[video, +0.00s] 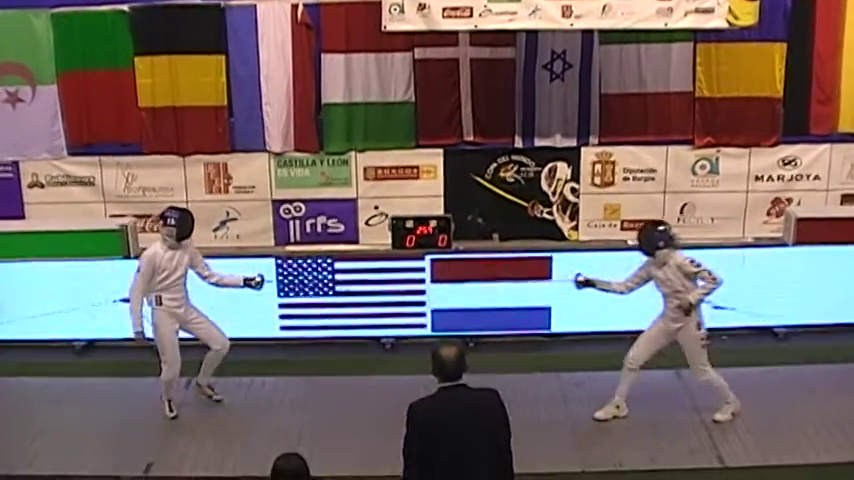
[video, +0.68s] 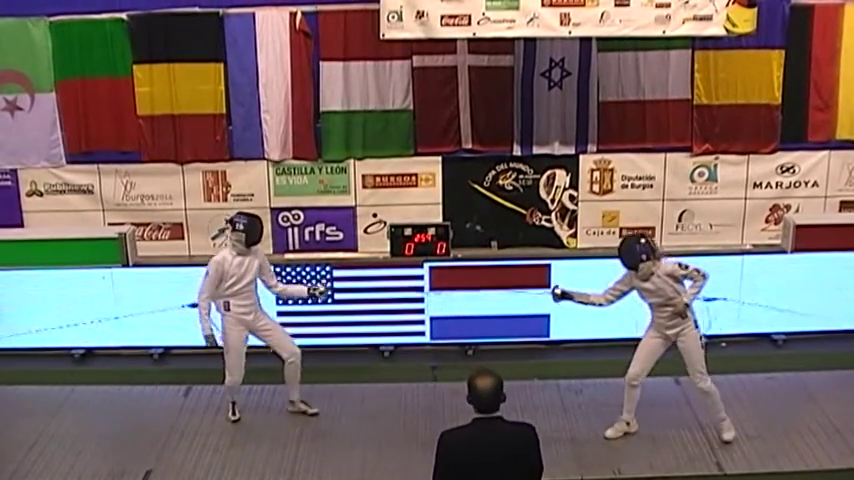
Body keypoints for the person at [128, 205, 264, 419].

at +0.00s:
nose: (166, 233)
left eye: (171, 230)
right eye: (164, 228)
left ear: (182, 233)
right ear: (160, 228)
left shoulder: (188, 251)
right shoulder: (151, 255)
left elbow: (210, 277)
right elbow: (136, 293)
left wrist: (245, 281)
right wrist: (138, 330)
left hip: (186, 309)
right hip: (162, 313)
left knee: (221, 345)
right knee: (172, 365)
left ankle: (203, 382)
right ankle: (167, 398)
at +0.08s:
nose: (170, 232)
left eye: (175, 229)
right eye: (168, 227)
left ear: (185, 233)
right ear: (164, 229)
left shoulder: (192, 253)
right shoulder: (155, 257)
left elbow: (214, 279)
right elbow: (142, 297)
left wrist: (248, 283)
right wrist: (146, 333)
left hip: (190, 311)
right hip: (167, 315)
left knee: (229, 347)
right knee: (173, 368)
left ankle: (226, 390)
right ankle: (165, 400)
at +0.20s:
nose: (183, 235)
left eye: (188, 231)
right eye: (181, 230)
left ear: (198, 235)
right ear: (177, 232)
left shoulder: (206, 256)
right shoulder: (168, 260)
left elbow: (230, 281)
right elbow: (158, 299)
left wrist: (264, 282)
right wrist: (167, 332)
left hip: (203, 314)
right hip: (179, 317)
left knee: (239, 354)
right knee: (176, 373)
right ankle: (165, 404)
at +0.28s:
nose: (193, 238)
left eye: (198, 234)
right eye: (190, 233)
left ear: (209, 237)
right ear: (187, 234)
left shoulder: (216, 256)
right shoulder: (179, 263)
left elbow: (245, 279)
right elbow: (170, 301)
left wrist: (280, 280)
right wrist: (181, 332)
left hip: (214, 317)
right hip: (189, 320)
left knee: (250, 355)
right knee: (180, 373)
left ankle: (268, 400)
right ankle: (165, 403)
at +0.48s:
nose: (216, 234)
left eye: (222, 231)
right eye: (216, 229)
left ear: (233, 235)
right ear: (216, 231)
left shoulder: (244, 252)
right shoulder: (207, 259)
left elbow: (272, 275)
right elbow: (197, 298)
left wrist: (306, 278)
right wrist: (204, 330)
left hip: (242, 314)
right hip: (217, 318)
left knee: (273, 354)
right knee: (209, 373)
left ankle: (271, 402)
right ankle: (191, 402)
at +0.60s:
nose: (230, 234)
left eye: (235, 231)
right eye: (230, 230)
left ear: (243, 234)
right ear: (228, 230)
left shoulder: (252, 253)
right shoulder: (214, 257)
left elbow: (273, 280)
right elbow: (201, 296)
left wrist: (306, 285)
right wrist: (206, 327)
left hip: (250, 313)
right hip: (226, 317)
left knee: (284, 353)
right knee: (229, 374)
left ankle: (276, 397)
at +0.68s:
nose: (235, 237)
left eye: (240, 233)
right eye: (234, 232)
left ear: (250, 237)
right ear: (231, 233)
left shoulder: (257, 256)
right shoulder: (220, 261)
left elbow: (276, 287)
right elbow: (204, 298)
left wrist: (308, 291)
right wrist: (207, 332)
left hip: (257, 316)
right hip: (233, 321)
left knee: (292, 353)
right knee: (235, 377)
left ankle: (294, 401)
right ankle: (232, 403)